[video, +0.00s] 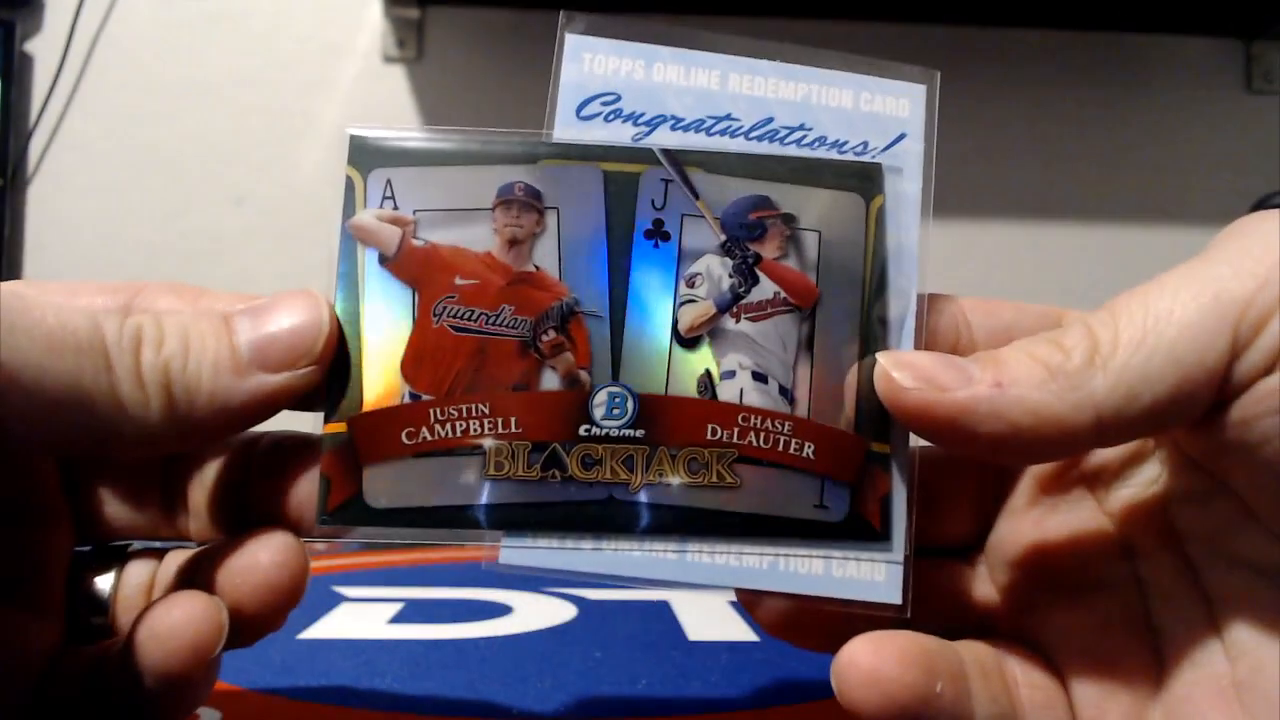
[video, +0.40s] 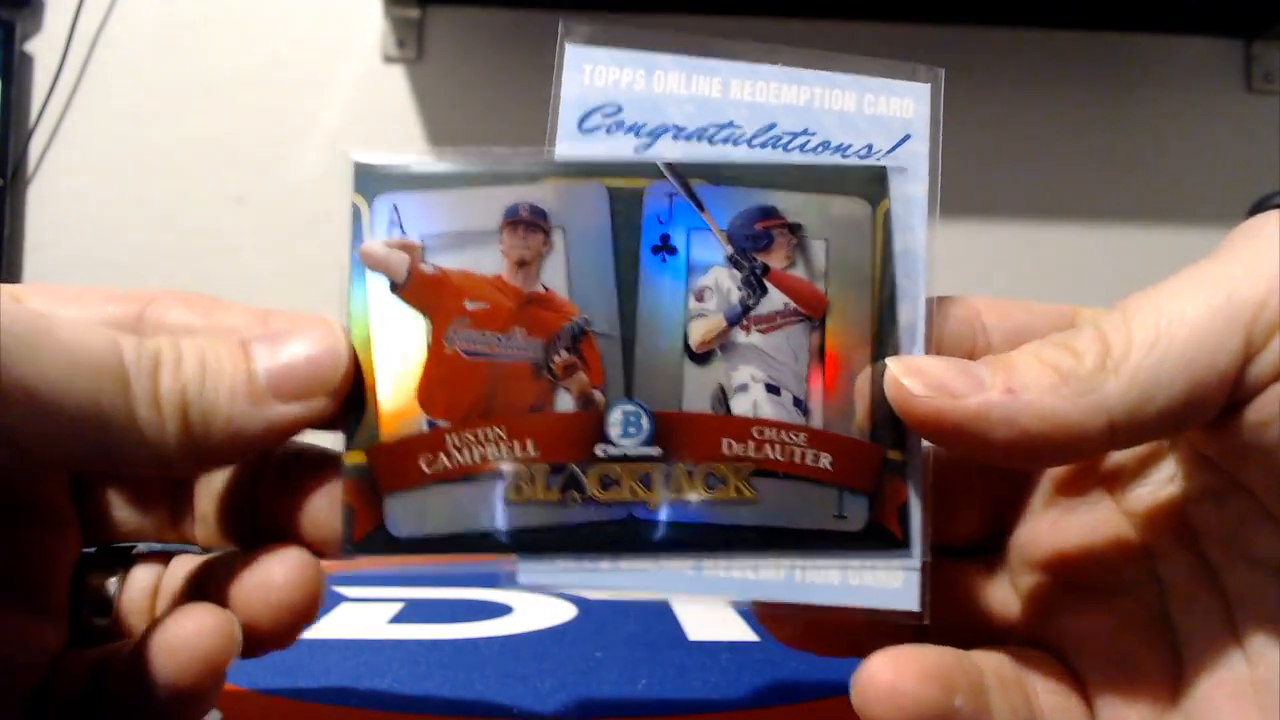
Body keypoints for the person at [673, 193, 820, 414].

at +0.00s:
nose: (786, 231)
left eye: (784, 223)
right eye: (775, 223)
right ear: (749, 227)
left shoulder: (786, 274)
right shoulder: (713, 266)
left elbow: (810, 296)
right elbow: (687, 325)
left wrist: (757, 260)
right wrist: (731, 294)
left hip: (783, 396)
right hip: (743, 388)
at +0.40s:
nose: (792, 240)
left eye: (790, 233)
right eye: (782, 233)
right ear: (755, 238)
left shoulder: (793, 283)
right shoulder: (722, 278)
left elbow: (819, 306)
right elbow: (697, 341)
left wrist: (764, 270)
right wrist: (741, 307)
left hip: (797, 404)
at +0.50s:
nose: (804, 251)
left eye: (801, 244)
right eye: (793, 245)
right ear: (766, 251)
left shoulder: (808, 298)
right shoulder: (734, 293)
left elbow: (833, 317)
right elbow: (711, 357)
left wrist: (776, 283)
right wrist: (753, 321)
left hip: (813, 421)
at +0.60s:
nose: (813, 264)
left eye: (810, 256)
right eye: (802, 257)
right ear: (775, 264)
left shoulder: (816, 309)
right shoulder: (741, 306)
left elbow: (841, 329)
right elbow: (719, 370)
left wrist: (784, 295)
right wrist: (762, 333)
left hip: (821, 431)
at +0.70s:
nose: (829, 277)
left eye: (826, 269)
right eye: (818, 269)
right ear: (791, 275)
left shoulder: (832, 324)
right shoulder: (756, 317)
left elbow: (857, 343)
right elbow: (732, 381)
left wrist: (798, 307)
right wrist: (776, 344)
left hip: (834, 445)